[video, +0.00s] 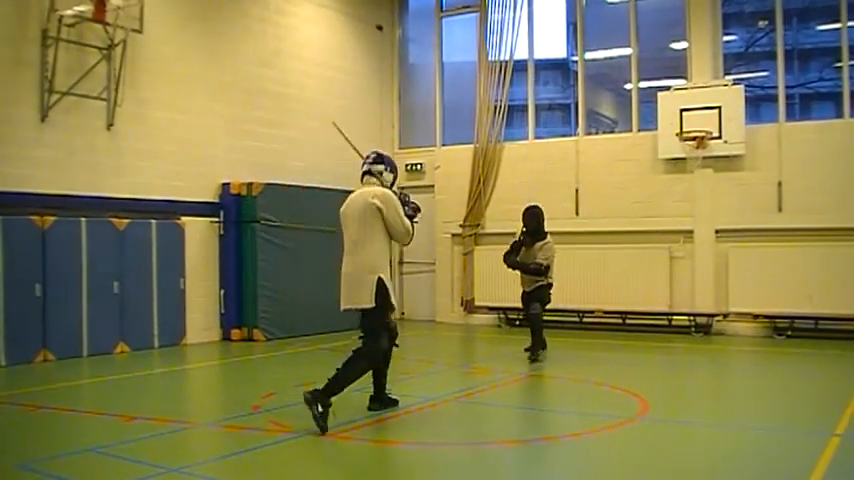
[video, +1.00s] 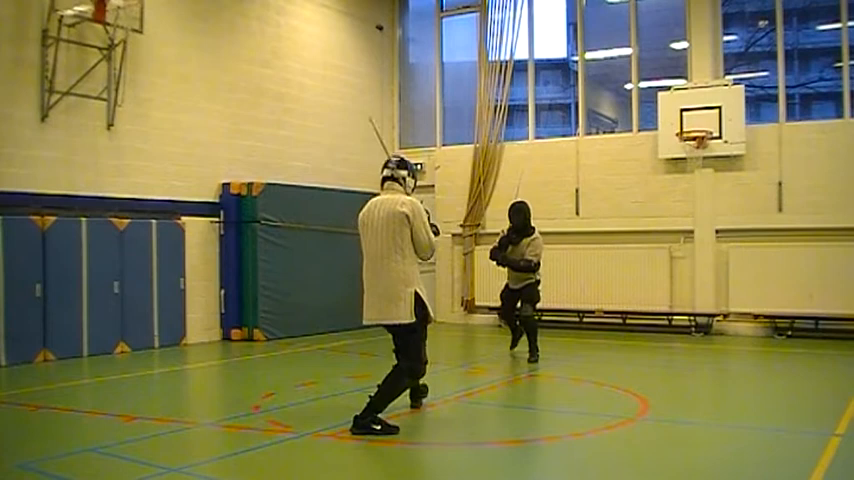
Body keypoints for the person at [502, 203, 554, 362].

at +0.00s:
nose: (526, 225)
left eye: (530, 221)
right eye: (525, 221)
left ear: (539, 222)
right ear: (523, 222)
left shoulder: (547, 244)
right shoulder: (523, 240)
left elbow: (541, 269)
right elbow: (508, 258)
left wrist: (516, 264)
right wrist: (519, 245)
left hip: (541, 285)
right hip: (527, 286)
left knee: (534, 311)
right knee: (529, 316)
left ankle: (536, 347)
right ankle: (539, 341)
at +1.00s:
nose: (513, 221)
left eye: (516, 217)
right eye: (511, 217)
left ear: (525, 217)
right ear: (510, 218)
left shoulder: (535, 239)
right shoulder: (508, 235)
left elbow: (531, 266)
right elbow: (494, 254)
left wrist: (505, 260)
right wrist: (507, 242)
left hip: (529, 283)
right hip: (512, 283)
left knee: (526, 314)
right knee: (505, 311)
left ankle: (533, 349)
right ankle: (515, 330)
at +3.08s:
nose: (523, 222)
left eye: (526, 218)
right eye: (519, 217)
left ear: (531, 220)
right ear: (512, 220)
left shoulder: (536, 240)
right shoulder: (505, 241)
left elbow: (542, 260)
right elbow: (503, 263)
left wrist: (536, 272)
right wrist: (521, 266)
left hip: (526, 289)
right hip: (506, 288)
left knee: (541, 318)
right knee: (508, 320)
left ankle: (548, 348)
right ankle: (494, 357)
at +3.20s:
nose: (532, 221)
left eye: (535, 216)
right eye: (529, 217)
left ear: (540, 219)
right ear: (522, 219)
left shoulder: (546, 239)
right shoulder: (515, 239)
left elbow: (551, 259)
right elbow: (512, 261)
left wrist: (544, 270)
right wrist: (528, 264)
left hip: (536, 289)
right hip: (516, 289)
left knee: (553, 319)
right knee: (512, 320)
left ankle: (551, 349)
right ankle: (496, 356)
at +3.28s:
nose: (538, 219)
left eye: (541, 215)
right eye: (534, 215)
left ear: (547, 218)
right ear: (528, 218)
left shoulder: (553, 238)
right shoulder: (521, 239)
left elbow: (558, 259)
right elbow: (518, 260)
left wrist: (549, 268)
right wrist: (531, 263)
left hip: (544, 288)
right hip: (524, 288)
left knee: (559, 319)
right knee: (519, 320)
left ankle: (553, 349)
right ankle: (500, 355)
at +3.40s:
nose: (545, 218)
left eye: (548, 214)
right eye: (541, 214)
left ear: (554, 216)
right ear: (536, 217)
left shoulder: (562, 236)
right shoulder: (530, 237)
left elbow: (568, 258)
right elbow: (526, 260)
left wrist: (557, 267)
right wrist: (544, 266)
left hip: (553, 286)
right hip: (534, 285)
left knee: (566, 321)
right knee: (533, 314)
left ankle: (553, 350)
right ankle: (516, 352)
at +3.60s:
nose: (556, 218)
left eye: (560, 214)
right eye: (553, 214)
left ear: (565, 215)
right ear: (546, 217)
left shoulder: (573, 235)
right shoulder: (541, 237)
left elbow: (579, 257)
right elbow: (536, 259)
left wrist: (565, 267)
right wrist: (553, 268)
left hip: (566, 287)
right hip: (547, 286)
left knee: (571, 324)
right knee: (551, 318)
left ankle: (553, 348)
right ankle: (554, 352)